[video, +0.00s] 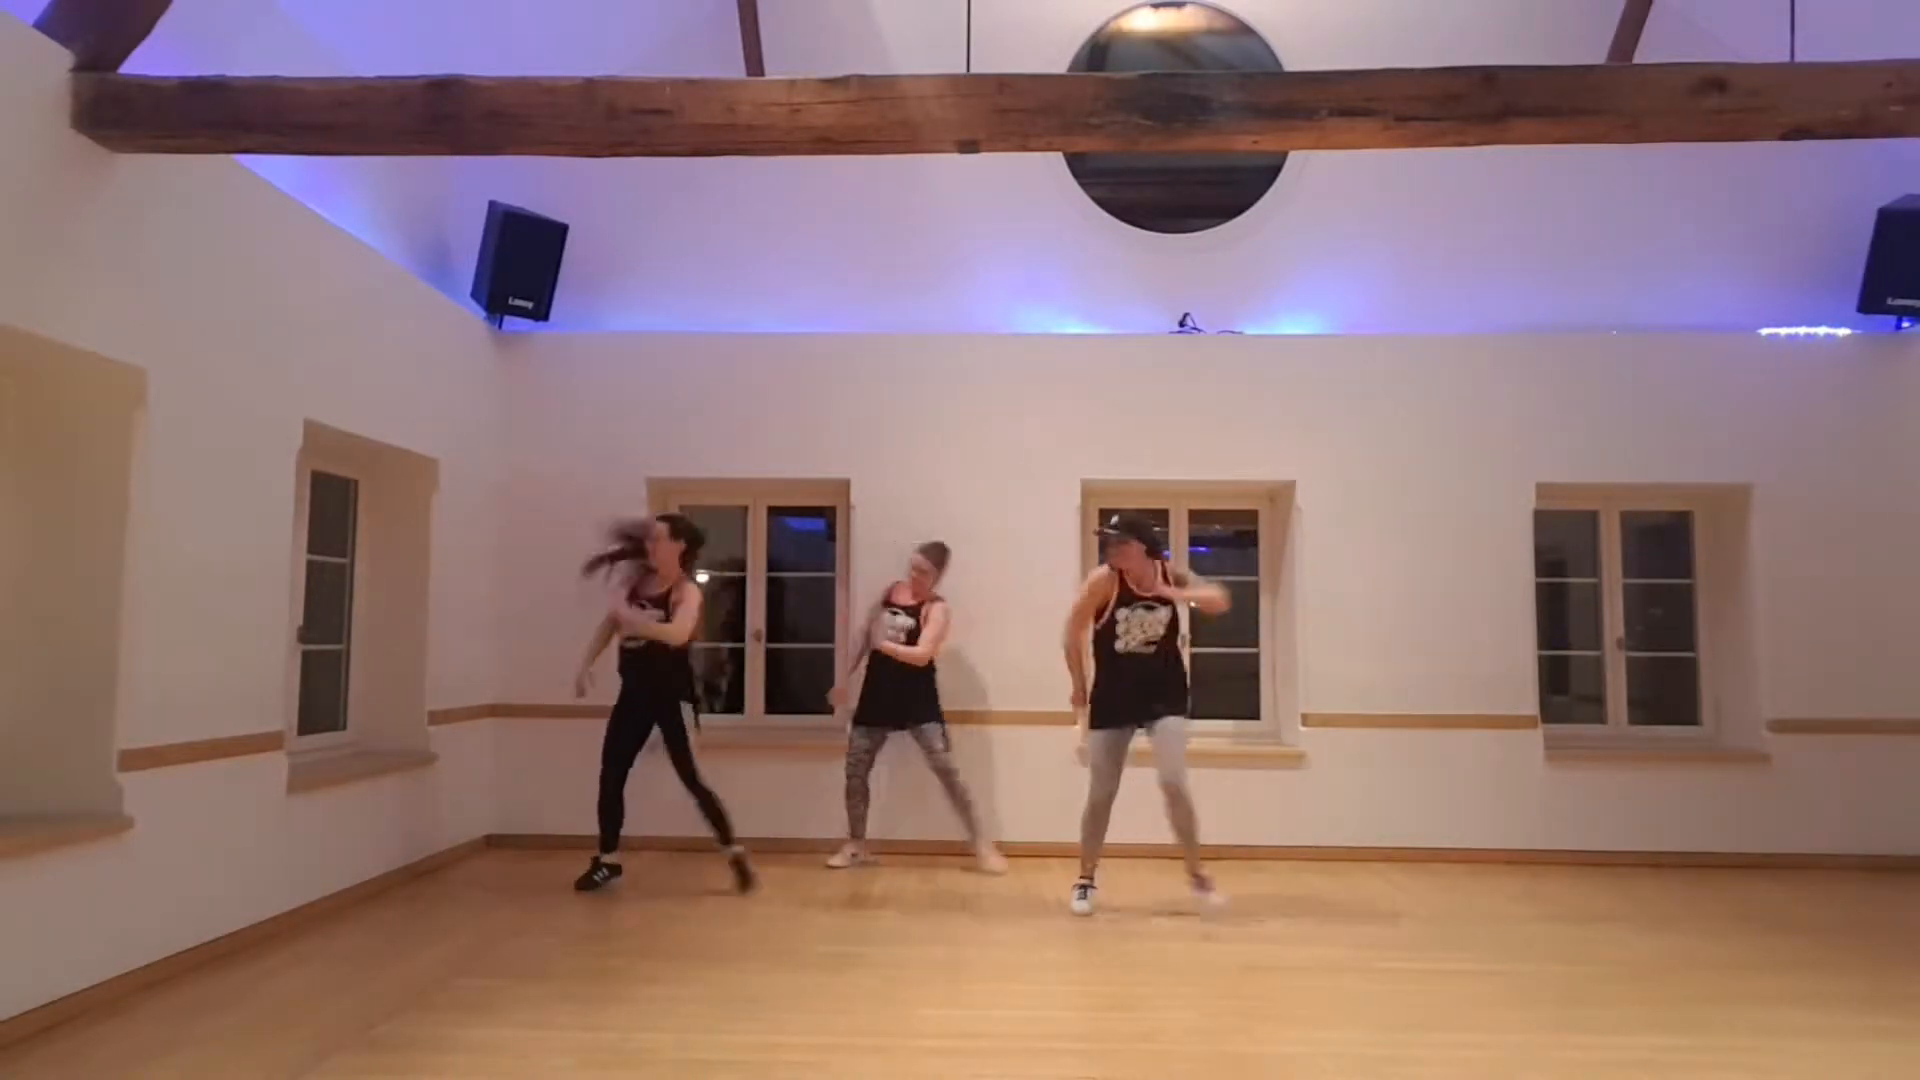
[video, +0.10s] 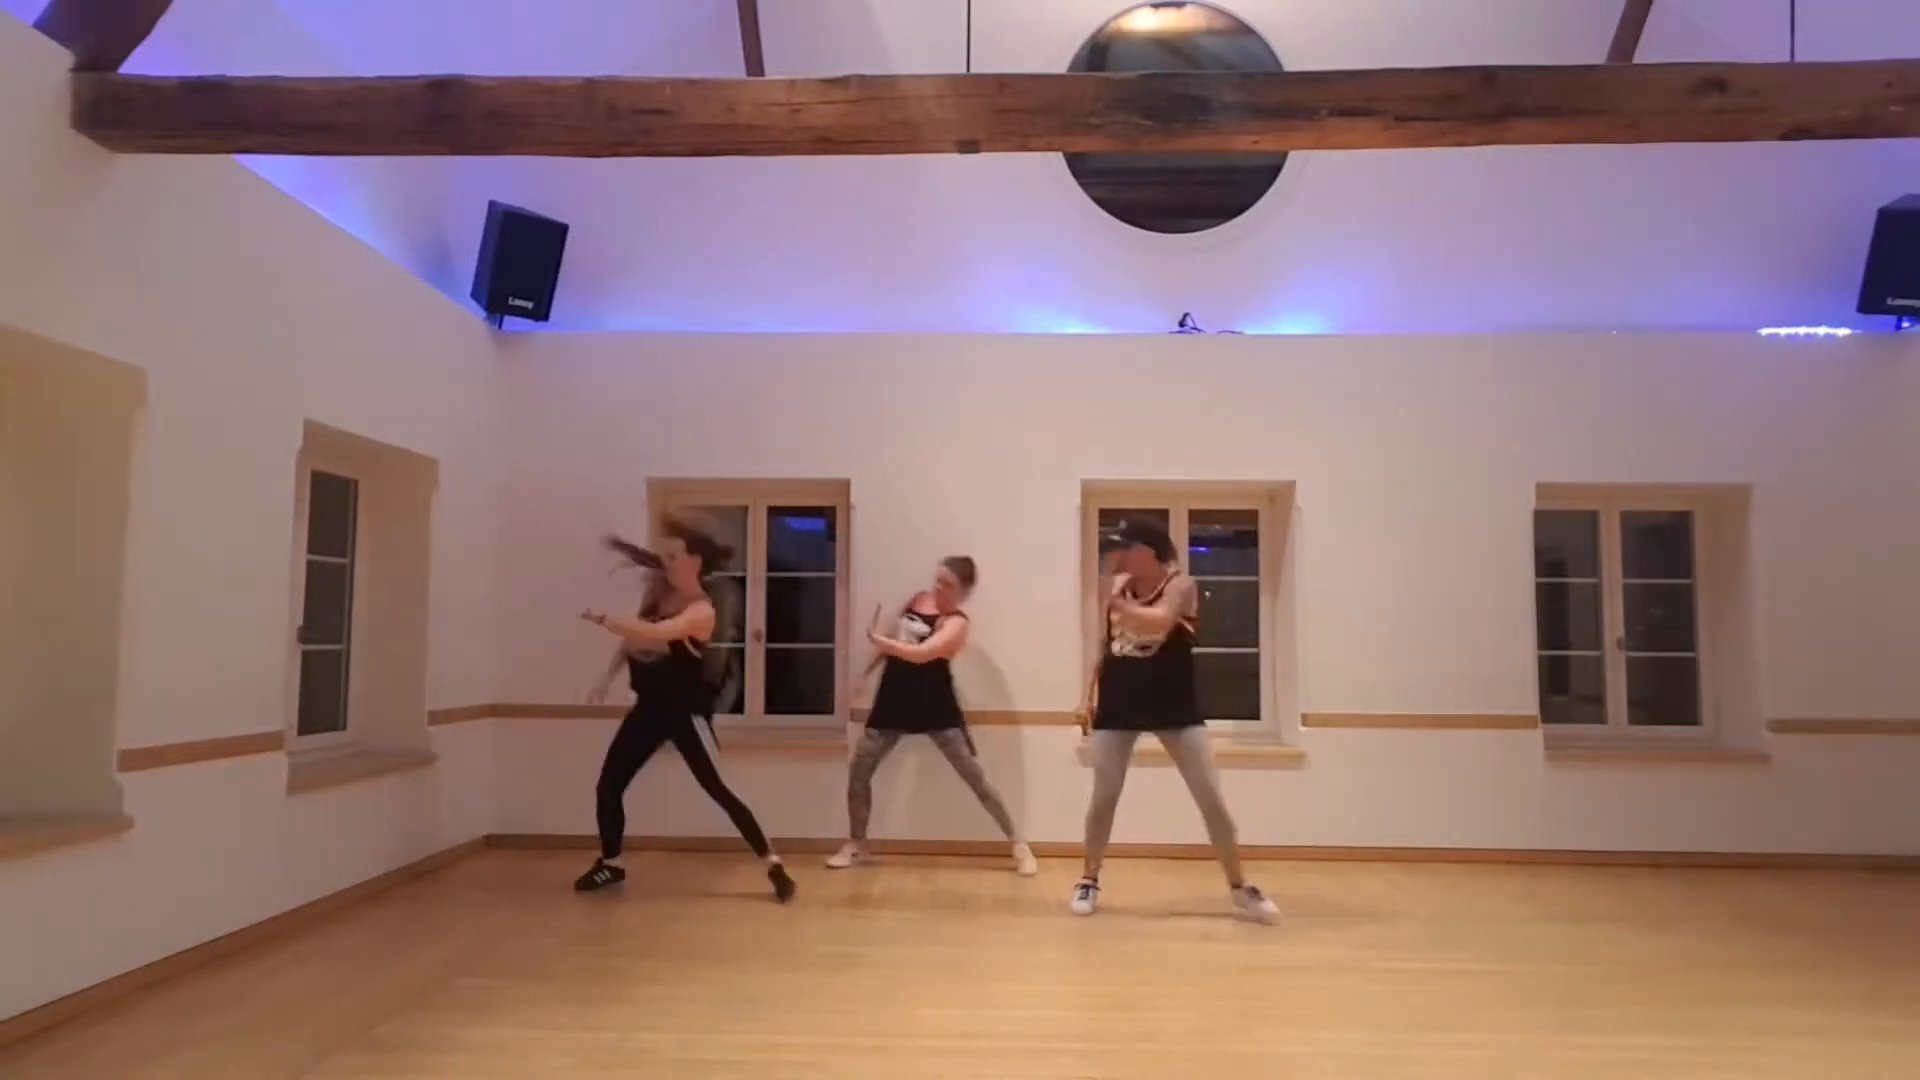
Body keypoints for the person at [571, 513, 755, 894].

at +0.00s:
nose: (651, 545)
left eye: (659, 540)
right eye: (651, 539)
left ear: (681, 548)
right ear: (651, 547)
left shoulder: (688, 593)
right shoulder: (638, 584)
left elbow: (678, 635)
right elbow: (613, 624)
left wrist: (632, 620)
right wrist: (587, 665)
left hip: (669, 695)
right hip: (635, 693)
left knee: (690, 776)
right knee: (612, 775)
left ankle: (734, 852)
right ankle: (608, 859)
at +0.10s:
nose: (667, 563)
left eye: (675, 556)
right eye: (665, 556)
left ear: (697, 562)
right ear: (663, 559)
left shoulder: (702, 612)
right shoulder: (659, 592)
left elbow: (653, 634)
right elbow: (634, 641)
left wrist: (607, 620)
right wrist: (604, 681)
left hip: (679, 709)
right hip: (649, 705)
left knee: (716, 788)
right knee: (609, 785)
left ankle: (771, 863)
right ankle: (610, 864)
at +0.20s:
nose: (685, 582)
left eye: (693, 576)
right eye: (685, 576)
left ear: (716, 583)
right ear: (686, 584)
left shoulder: (721, 631)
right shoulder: (687, 618)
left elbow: (668, 634)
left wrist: (616, 627)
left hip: (700, 735)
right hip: (667, 731)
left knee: (735, 810)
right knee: (615, 799)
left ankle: (787, 876)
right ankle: (612, 867)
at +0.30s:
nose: (707, 583)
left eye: (714, 576)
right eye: (706, 577)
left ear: (739, 578)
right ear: (706, 583)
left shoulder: (751, 623)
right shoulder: (697, 624)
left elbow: (703, 636)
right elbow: (676, 680)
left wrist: (646, 625)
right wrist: (662, 723)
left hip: (730, 735)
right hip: (690, 732)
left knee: (754, 811)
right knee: (641, 799)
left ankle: (789, 877)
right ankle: (613, 864)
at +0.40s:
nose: (729, 564)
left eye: (736, 557)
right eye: (724, 560)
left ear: (754, 562)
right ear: (720, 568)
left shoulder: (770, 596)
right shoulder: (715, 604)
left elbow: (731, 626)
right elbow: (716, 662)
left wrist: (676, 634)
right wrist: (704, 707)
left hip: (752, 716)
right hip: (712, 714)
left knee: (769, 803)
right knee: (667, 788)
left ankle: (791, 876)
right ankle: (629, 859)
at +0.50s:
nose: (741, 547)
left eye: (748, 541)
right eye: (735, 542)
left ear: (761, 547)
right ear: (726, 551)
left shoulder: (774, 574)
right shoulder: (723, 586)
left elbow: (752, 628)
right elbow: (726, 636)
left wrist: (727, 663)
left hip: (765, 695)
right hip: (727, 692)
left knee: (776, 789)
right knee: (691, 774)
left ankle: (791, 874)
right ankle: (679, 850)